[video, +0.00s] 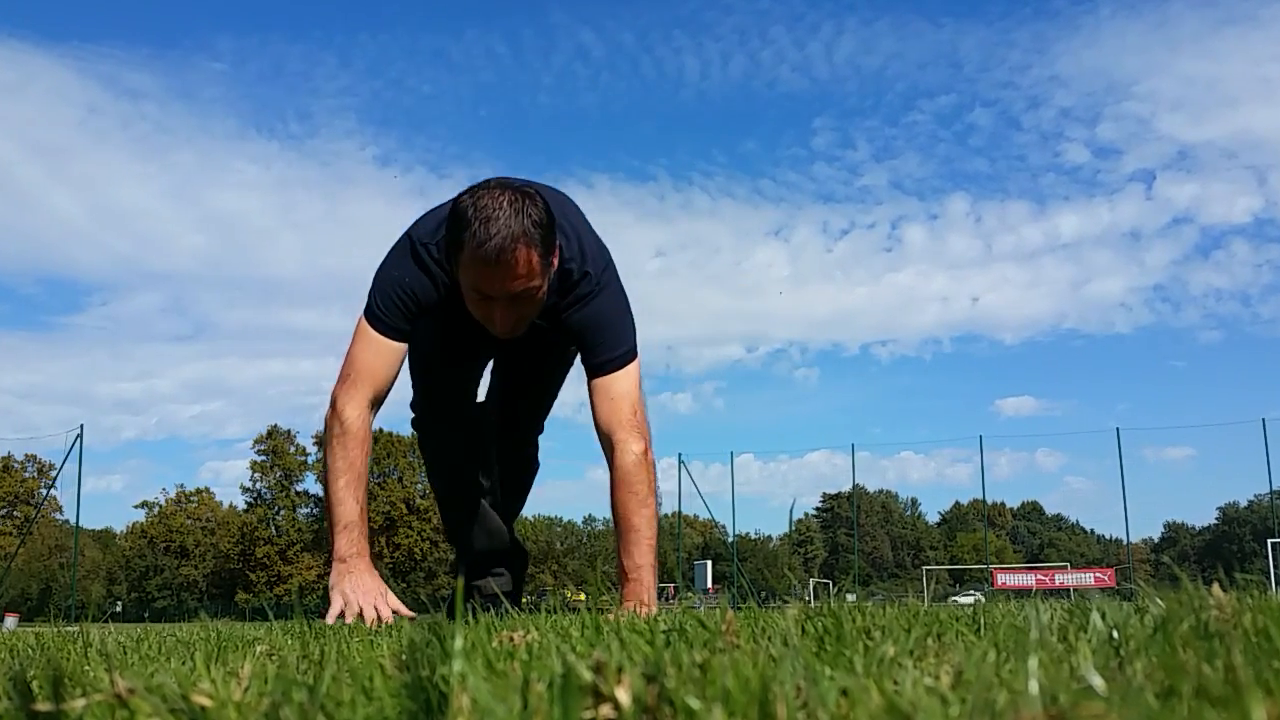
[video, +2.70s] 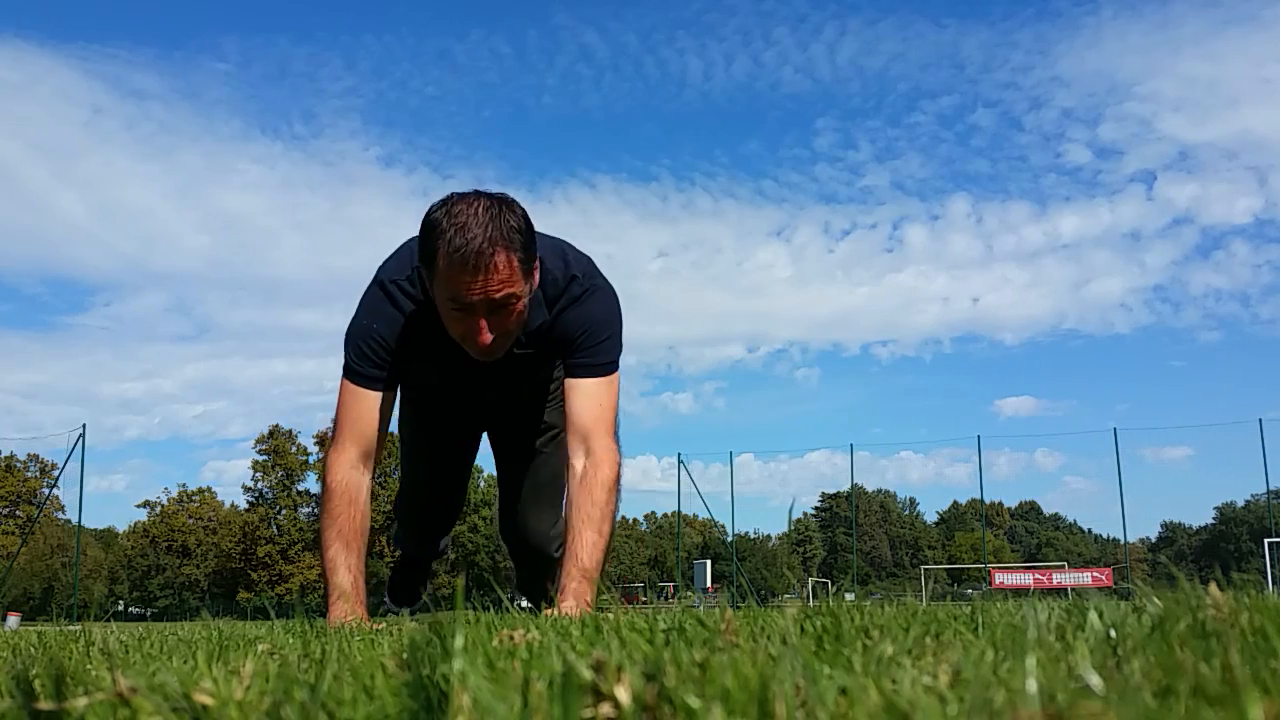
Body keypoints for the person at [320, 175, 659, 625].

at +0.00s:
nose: (502, 317)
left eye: (521, 297)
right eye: (484, 298)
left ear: (552, 265)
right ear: (457, 268)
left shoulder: (588, 279)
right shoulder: (414, 266)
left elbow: (629, 442)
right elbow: (350, 406)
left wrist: (639, 602)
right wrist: (350, 562)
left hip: (550, 320)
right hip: (451, 312)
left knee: (515, 432)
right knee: (440, 426)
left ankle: (476, 578)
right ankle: (494, 579)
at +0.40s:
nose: (519, 300)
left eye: (541, 277)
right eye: (500, 274)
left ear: (575, 261)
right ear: (476, 253)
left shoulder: (620, 292)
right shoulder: (427, 298)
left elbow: (652, 451)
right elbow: (372, 446)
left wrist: (648, 608)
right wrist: (348, 614)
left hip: (561, 374)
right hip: (469, 367)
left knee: (517, 488)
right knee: (379, 437)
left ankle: (480, 593)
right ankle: (477, 580)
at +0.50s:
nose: (516, 300)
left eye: (538, 275)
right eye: (496, 274)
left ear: (572, 260)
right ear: (471, 254)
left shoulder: (618, 289)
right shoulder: (423, 300)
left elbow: (656, 453)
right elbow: (368, 453)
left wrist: (649, 610)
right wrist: (344, 616)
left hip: (559, 382)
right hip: (465, 375)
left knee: (514, 494)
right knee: (381, 474)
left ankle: (476, 586)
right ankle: (457, 560)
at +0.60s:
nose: (515, 303)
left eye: (536, 279)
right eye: (495, 278)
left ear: (570, 262)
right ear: (468, 257)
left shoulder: (615, 290)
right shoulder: (421, 300)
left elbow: (658, 455)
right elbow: (365, 454)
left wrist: (649, 613)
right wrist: (341, 620)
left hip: (556, 393)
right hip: (456, 385)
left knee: (512, 501)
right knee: (410, 495)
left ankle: (475, 587)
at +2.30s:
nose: (525, 355)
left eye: (544, 332)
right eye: (507, 333)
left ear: (565, 310)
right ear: (472, 310)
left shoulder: (597, 328)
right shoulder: (426, 324)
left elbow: (630, 471)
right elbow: (361, 467)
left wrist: (631, 613)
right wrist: (351, 622)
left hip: (545, 400)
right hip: (451, 402)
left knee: (552, 556)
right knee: (434, 544)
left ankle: (518, 552)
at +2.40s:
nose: (517, 341)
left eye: (536, 318)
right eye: (497, 318)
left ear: (558, 297)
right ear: (464, 296)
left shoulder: (593, 322)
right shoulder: (418, 315)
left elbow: (624, 467)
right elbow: (368, 463)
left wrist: (630, 613)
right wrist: (349, 620)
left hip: (536, 395)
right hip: (444, 395)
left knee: (548, 549)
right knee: (427, 549)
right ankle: (425, 648)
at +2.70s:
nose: (483, 333)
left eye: (502, 307)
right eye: (461, 309)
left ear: (532, 277)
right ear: (430, 285)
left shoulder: (584, 302)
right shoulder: (389, 305)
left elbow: (593, 456)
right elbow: (351, 458)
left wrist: (574, 604)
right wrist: (345, 614)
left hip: (532, 389)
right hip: (439, 390)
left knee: (536, 533)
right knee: (423, 521)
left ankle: (541, 604)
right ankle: (403, 598)